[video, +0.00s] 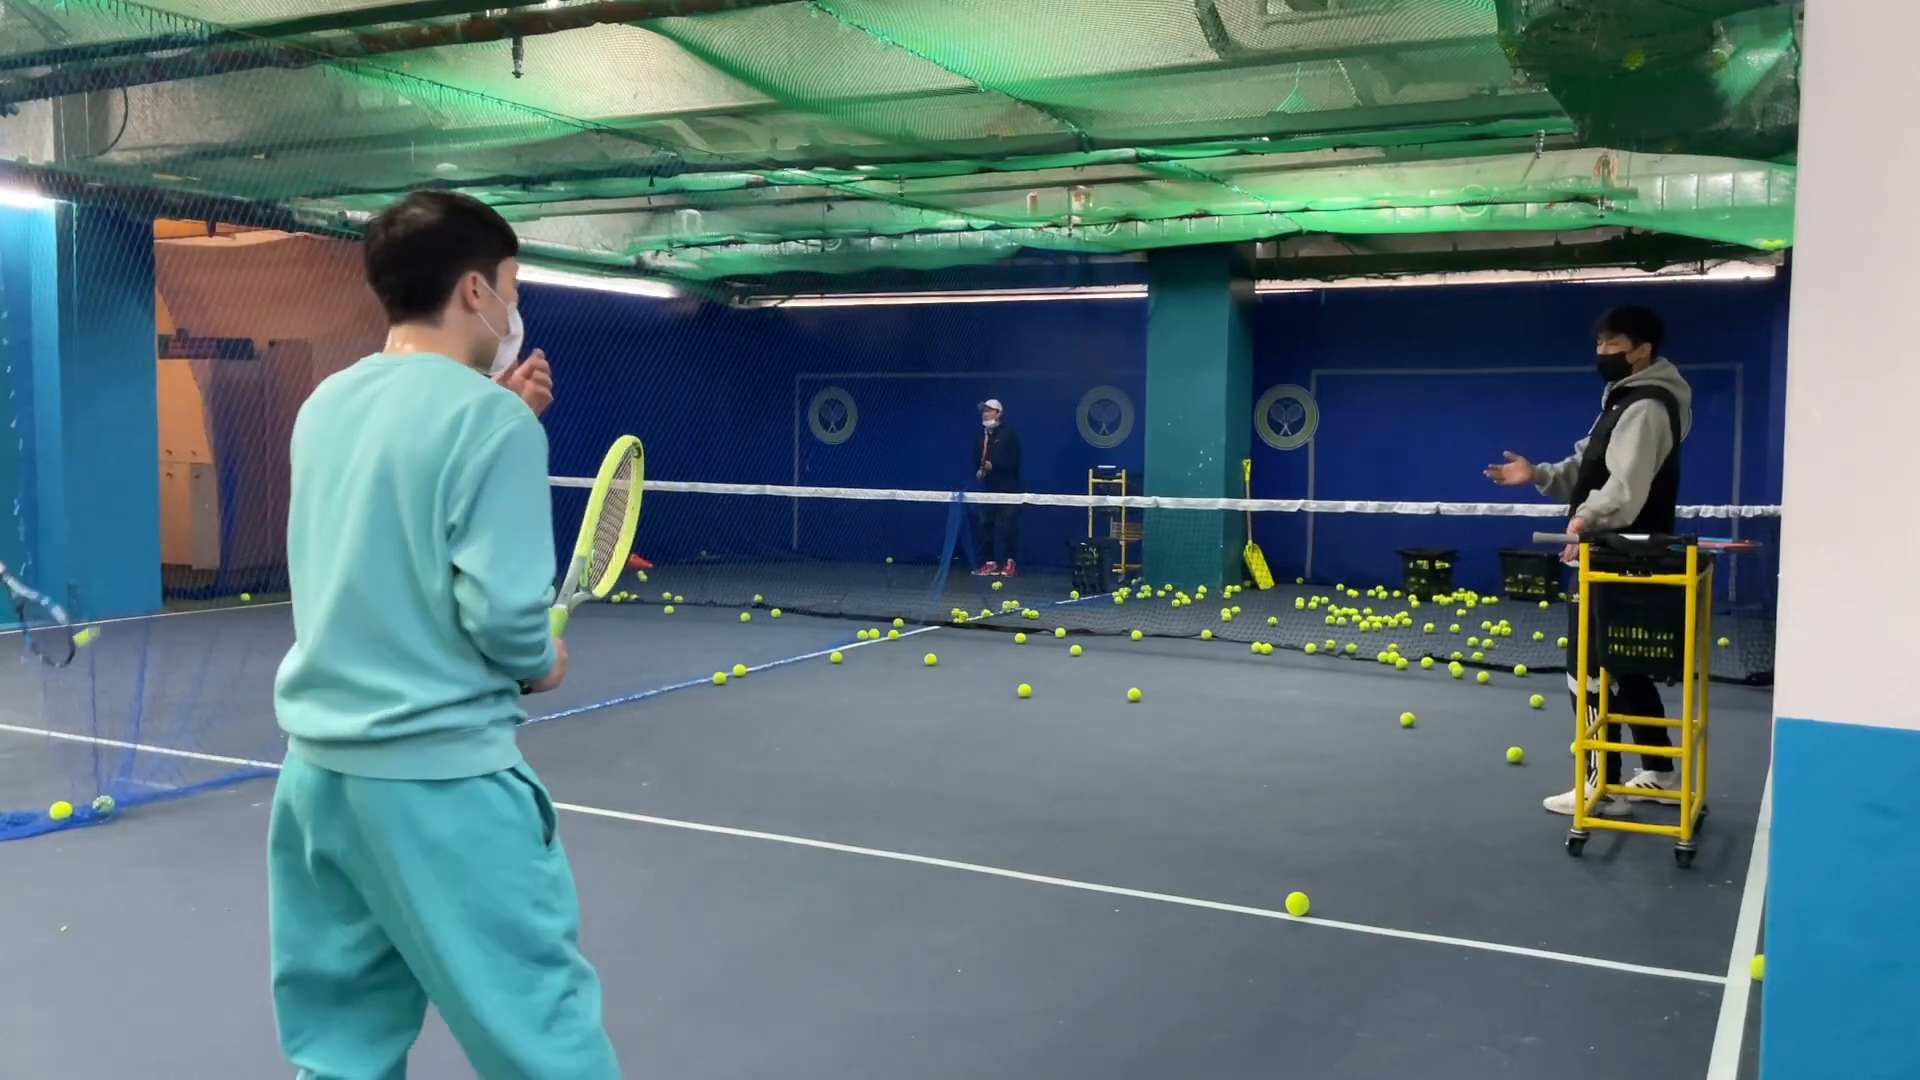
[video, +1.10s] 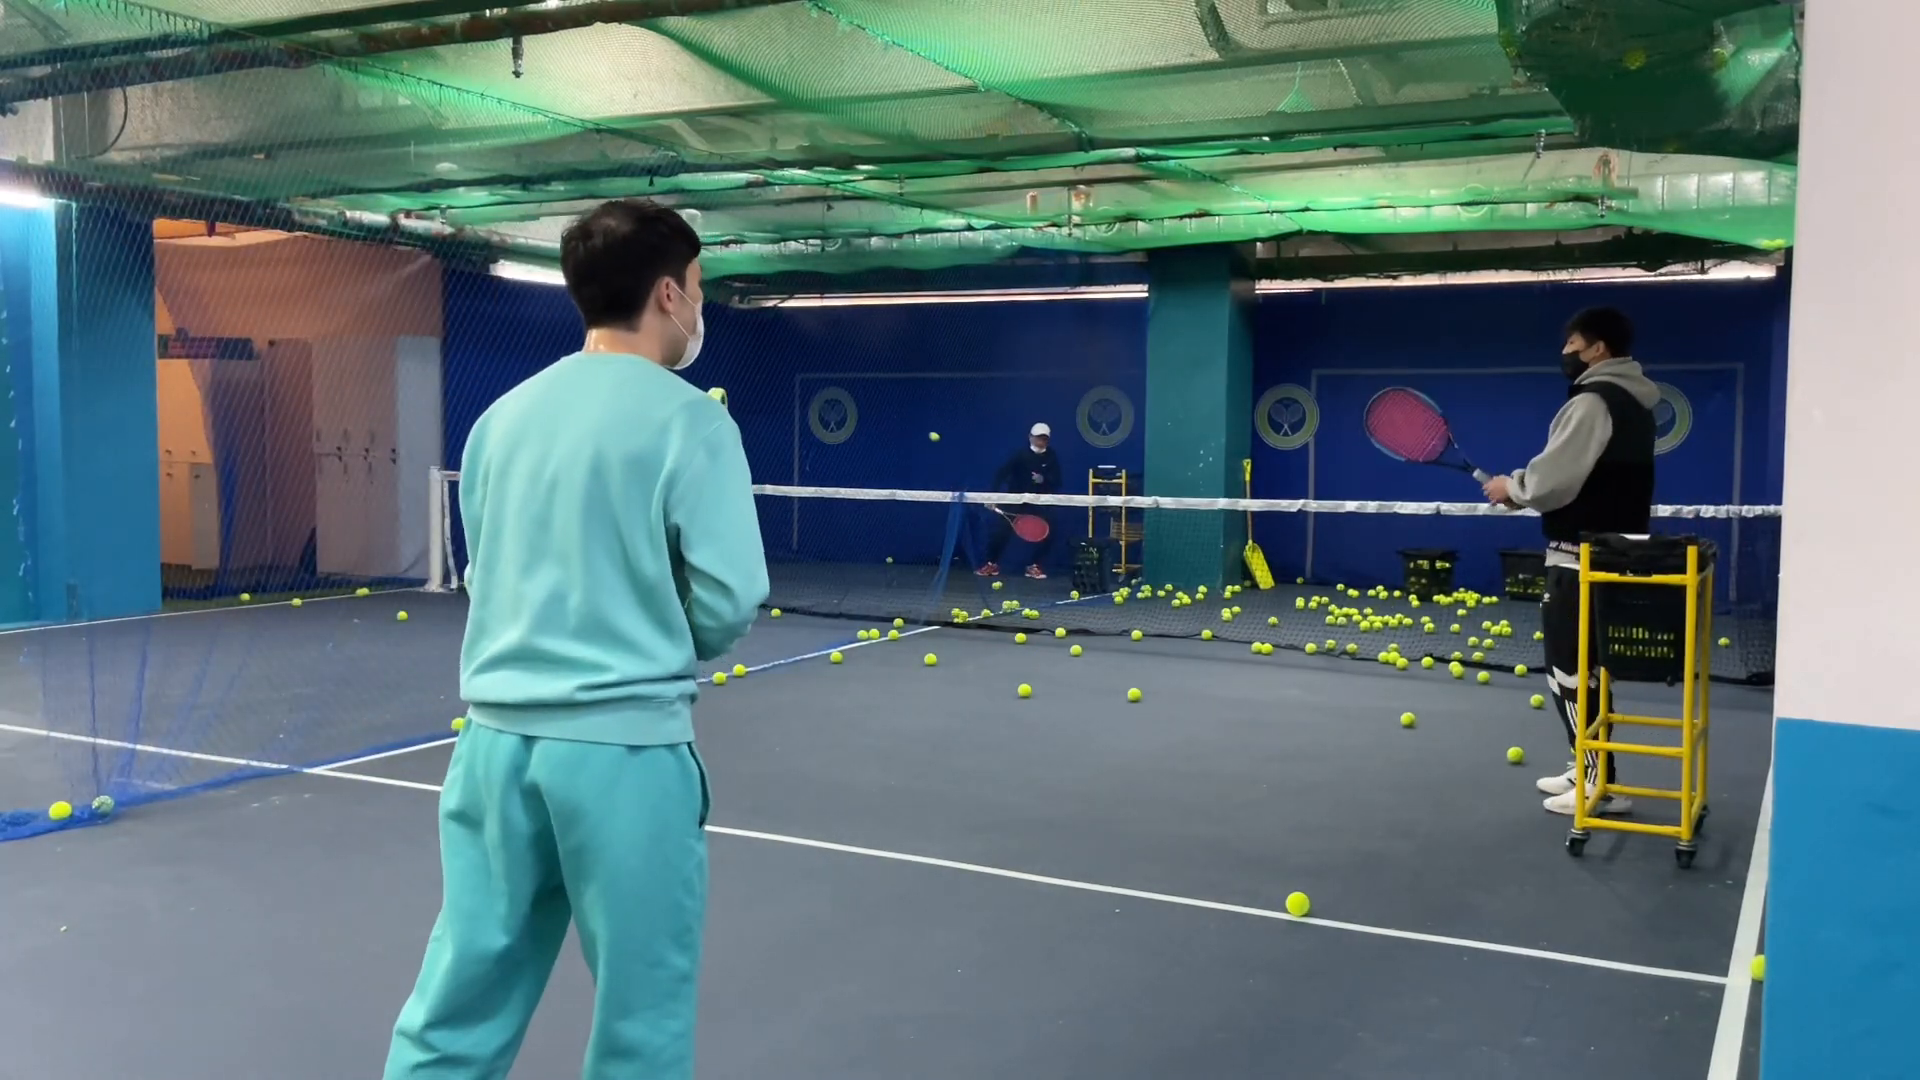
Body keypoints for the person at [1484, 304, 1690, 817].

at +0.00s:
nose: (1602, 350)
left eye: (1613, 341)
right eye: (1600, 342)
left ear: (1643, 348)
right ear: (1618, 351)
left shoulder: (1646, 407)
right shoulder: (1624, 399)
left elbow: (1626, 487)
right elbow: (1587, 469)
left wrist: (1583, 519)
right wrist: (1536, 474)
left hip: (1621, 555)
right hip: (1617, 551)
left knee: (1590, 671)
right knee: (1628, 664)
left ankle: (1601, 781)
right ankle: (1658, 770)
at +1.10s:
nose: (1566, 354)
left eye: (1572, 345)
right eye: (1567, 346)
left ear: (1599, 347)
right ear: (1609, 348)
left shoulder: (1592, 402)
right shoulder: (1631, 400)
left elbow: (1556, 475)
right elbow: (1585, 475)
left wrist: (1512, 488)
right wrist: (1521, 486)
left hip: (1578, 558)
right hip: (1609, 554)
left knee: (1570, 676)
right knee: (1583, 668)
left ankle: (1597, 784)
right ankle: (1586, 769)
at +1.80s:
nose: (1513, 360)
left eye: (1519, 351)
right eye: (1513, 352)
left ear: (1545, 351)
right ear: (1551, 352)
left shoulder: (1560, 405)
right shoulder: (1565, 400)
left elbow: (1524, 476)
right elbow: (1529, 481)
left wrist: (1459, 482)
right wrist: (1468, 495)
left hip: (1543, 562)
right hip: (1565, 560)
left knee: (1512, 675)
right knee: (1563, 670)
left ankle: (1500, 784)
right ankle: (1590, 769)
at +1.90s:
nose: (1503, 361)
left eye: (1507, 352)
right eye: (1503, 353)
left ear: (1530, 352)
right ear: (1538, 353)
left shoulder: (1553, 407)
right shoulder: (1544, 404)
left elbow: (1512, 471)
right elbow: (1509, 484)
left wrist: (1443, 473)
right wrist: (1449, 491)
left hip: (1536, 561)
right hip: (1547, 561)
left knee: (1501, 675)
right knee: (1548, 667)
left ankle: (1500, 785)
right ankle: (1586, 767)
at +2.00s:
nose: (1492, 363)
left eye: (1495, 354)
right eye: (1491, 355)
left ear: (1516, 353)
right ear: (1524, 354)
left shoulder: (1545, 406)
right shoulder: (1524, 405)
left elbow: (1504, 468)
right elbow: (1491, 478)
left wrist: (1435, 466)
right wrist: (1434, 484)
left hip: (1533, 561)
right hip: (1523, 559)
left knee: (1495, 670)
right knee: (1522, 668)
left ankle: (1500, 785)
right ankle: (1575, 758)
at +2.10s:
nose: (1479, 365)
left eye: (1481, 356)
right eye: (1478, 357)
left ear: (1501, 354)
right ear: (1511, 355)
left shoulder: (1538, 405)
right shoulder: (1510, 406)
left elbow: (1498, 466)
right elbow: (1479, 475)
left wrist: (1431, 462)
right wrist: (1425, 477)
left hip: (1528, 560)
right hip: (1509, 557)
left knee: (1496, 673)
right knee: (1503, 668)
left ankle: (1500, 786)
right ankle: (1559, 754)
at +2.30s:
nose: (1456, 366)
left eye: (1459, 356)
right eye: (1456, 358)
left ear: (1480, 354)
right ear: (1483, 356)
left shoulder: (1527, 399)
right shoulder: (1480, 410)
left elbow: (1501, 463)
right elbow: (1458, 480)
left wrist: (1435, 456)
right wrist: (1418, 472)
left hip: (1526, 558)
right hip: (1495, 557)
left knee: (1499, 670)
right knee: (1481, 664)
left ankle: (1502, 786)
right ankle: (1500, 764)